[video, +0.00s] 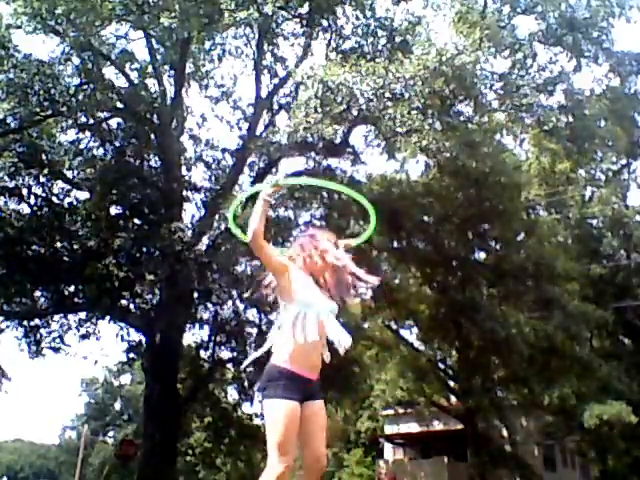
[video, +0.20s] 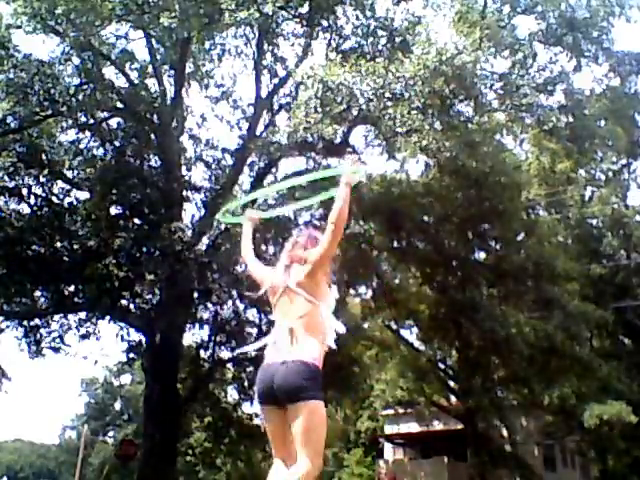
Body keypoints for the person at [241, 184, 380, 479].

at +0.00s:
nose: (333, 262)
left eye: (333, 255)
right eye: (329, 253)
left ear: (316, 253)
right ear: (310, 251)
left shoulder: (321, 291)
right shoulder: (287, 273)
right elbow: (255, 238)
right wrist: (265, 195)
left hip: (312, 384)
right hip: (282, 379)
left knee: (318, 462)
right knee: (281, 462)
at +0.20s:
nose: (315, 249)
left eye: (313, 244)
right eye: (312, 244)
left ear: (288, 252)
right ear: (307, 252)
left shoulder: (273, 279)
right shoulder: (314, 271)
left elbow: (249, 258)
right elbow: (336, 227)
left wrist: (248, 224)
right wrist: (346, 183)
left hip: (267, 368)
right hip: (301, 369)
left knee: (282, 460)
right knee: (310, 464)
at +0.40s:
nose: (281, 248)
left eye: (285, 243)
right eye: (284, 244)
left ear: (293, 246)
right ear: (319, 248)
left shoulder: (282, 270)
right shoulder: (330, 277)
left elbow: (252, 238)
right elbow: (353, 244)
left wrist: (237, 197)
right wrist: (353, 206)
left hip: (280, 362)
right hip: (317, 367)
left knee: (272, 457)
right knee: (295, 461)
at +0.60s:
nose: (288, 247)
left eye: (293, 241)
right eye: (288, 242)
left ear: (307, 245)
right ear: (292, 249)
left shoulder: (316, 273)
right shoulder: (286, 285)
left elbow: (346, 258)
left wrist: (340, 209)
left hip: (309, 368)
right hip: (289, 375)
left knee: (286, 455)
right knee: (298, 461)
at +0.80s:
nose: (326, 254)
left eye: (332, 251)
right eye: (322, 247)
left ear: (337, 258)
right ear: (304, 246)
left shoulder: (338, 288)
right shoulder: (280, 279)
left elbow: (375, 306)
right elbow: (236, 276)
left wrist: (388, 268)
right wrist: (244, 239)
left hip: (326, 379)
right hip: (286, 376)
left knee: (309, 461)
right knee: (288, 454)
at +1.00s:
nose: (342, 253)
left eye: (345, 248)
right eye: (338, 245)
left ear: (345, 252)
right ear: (323, 243)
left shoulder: (333, 282)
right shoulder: (304, 268)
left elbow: (330, 320)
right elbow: (261, 272)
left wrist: (350, 299)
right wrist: (293, 240)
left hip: (326, 376)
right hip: (303, 369)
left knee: (325, 463)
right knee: (314, 461)